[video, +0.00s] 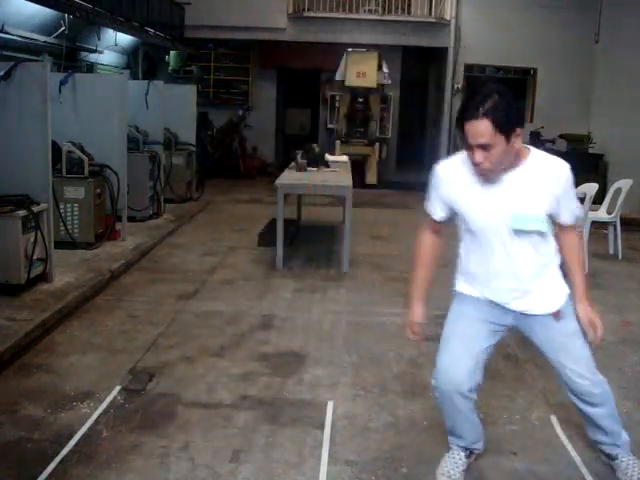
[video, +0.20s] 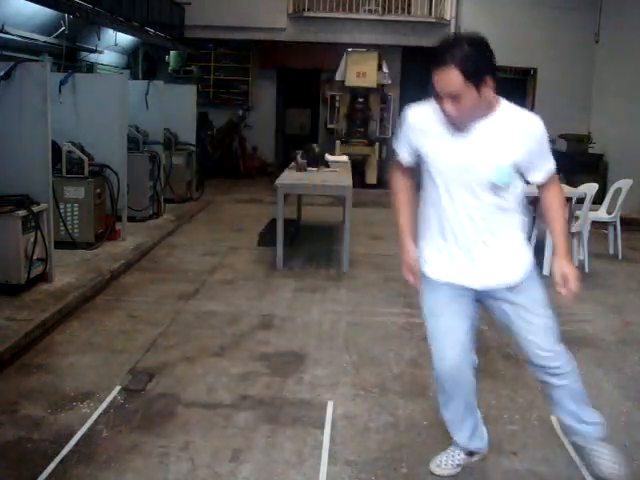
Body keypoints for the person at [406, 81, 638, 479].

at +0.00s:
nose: (476, 157)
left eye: (485, 148)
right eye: (469, 147)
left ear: (516, 138)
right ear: (463, 136)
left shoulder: (553, 174)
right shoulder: (449, 175)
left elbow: (569, 231)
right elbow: (432, 230)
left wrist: (582, 299)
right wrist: (417, 301)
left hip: (543, 300)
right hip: (476, 299)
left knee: (586, 382)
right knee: (450, 381)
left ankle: (619, 452)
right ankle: (464, 444)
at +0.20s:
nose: (446, 107)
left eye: (455, 97)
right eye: (440, 97)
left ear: (486, 87)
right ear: (434, 88)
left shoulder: (525, 129)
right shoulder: (418, 121)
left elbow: (549, 186)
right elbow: (402, 171)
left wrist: (561, 255)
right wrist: (407, 242)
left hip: (509, 271)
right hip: (442, 272)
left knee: (549, 357)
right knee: (449, 366)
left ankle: (590, 438)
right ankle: (468, 442)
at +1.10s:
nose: (165, 153)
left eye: (177, 142)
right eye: (155, 142)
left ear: (192, 127)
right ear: (140, 127)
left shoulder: (214, 169)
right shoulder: (109, 156)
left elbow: (220, 229)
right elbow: (90, 213)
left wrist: (210, 291)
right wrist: (65, 277)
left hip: (181, 286)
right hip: (115, 279)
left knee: (190, 364)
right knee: (75, 358)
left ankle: (177, 428)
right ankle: (58, 415)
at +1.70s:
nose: (398, 96)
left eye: (405, 85)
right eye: (388, 88)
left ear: (414, 72)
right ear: (359, 73)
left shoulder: (432, 115)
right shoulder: (320, 116)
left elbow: (441, 185)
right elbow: (289, 183)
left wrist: (439, 256)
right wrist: (271, 255)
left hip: (414, 267)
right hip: (338, 267)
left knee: (427, 365)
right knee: (307, 364)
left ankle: (411, 456)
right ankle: (269, 458)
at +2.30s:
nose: (454, 106)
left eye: (464, 96)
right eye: (447, 94)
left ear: (490, 84)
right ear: (437, 83)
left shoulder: (522, 126)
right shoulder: (415, 122)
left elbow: (540, 185)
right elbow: (395, 179)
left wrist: (556, 257)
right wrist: (400, 252)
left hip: (513, 275)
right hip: (444, 278)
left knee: (552, 362)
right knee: (447, 373)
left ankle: (594, 450)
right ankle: (461, 449)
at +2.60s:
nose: (348, 99)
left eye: (358, 89)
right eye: (344, 89)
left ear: (392, 83)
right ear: (339, 85)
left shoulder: (431, 136)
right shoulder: (334, 119)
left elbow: (455, 213)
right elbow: (326, 182)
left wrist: (454, 291)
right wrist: (301, 243)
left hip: (400, 278)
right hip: (334, 266)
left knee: (423, 373)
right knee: (277, 335)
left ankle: (447, 460)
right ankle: (235, 414)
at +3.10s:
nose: (177, 135)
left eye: (186, 125)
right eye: (168, 125)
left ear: (203, 118)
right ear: (156, 117)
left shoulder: (227, 160)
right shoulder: (136, 140)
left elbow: (248, 221)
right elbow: (126, 192)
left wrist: (242, 289)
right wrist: (104, 250)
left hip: (188, 281)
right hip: (130, 270)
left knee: (175, 364)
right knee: (88, 342)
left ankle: (180, 419)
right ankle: (52, 407)